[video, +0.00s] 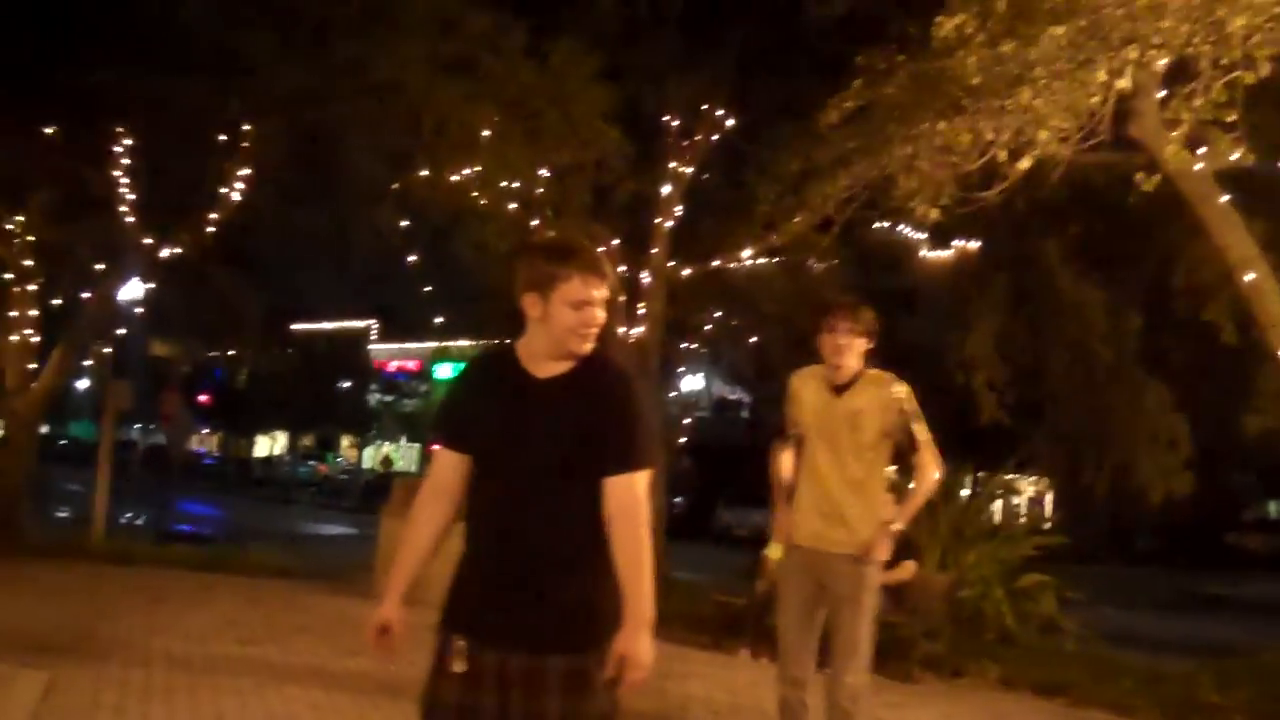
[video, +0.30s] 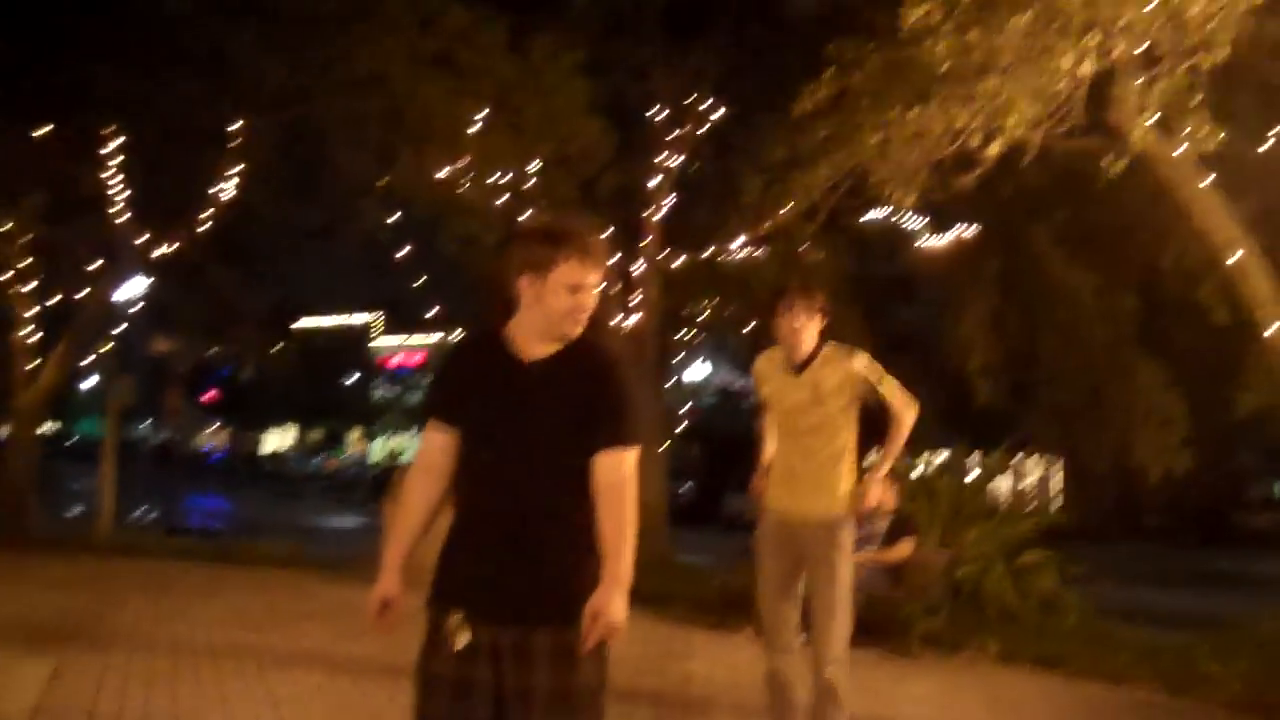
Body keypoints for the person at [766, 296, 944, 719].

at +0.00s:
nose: (839, 343)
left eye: (850, 334)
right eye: (832, 332)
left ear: (868, 343)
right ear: (819, 339)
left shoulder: (892, 393)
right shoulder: (801, 385)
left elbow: (930, 468)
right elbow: (790, 445)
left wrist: (895, 527)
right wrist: (782, 506)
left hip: (858, 555)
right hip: (800, 547)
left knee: (848, 684)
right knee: (792, 677)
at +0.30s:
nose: (793, 326)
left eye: (802, 316)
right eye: (786, 315)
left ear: (821, 321)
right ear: (775, 321)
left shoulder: (850, 364)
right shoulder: (765, 367)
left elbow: (906, 408)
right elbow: (770, 417)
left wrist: (878, 473)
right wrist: (764, 465)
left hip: (831, 519)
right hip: (777, 515)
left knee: (830, 639)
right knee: (777, 632)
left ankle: (829, 713)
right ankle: (784, 713)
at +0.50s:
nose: (728, 312)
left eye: (738, 302)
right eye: (721, 301)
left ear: (757, 305)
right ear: (710, 306)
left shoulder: (784, 346)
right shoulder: (700, 351)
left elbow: (842, 387)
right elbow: (708, 408)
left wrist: (811, 452)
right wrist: (702, 458)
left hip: (761, 499)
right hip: (707, 498)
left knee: (757, 618)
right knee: (707, 616)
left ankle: (757, 710)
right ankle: (713, 709)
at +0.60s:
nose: (667, 332)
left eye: (676, 323)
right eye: (660, 322)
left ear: (695, 328)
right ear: (649, 330)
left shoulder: (724, 369)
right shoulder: (643, 373)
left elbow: (781, 414)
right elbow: (652, 427)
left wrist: (755, 478)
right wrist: (651, 482)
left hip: (706, 523)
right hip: (654, 522)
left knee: (712, 645)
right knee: (660, 642)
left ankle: (716, 712)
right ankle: (671, 714)